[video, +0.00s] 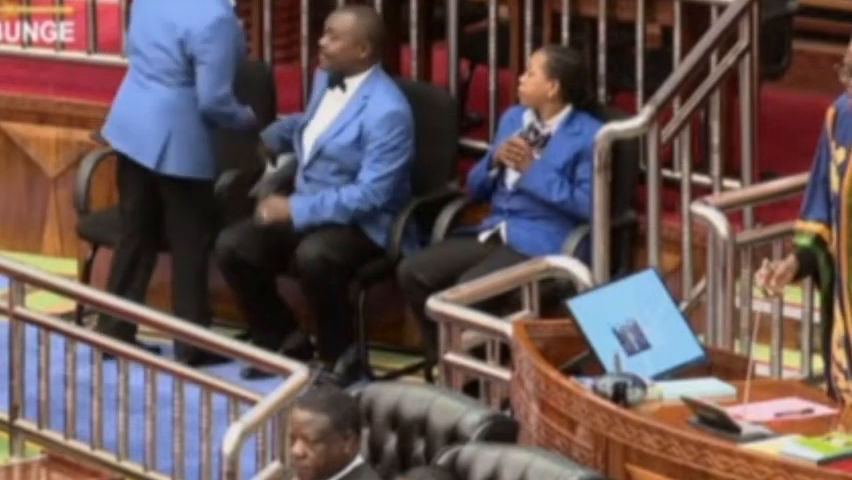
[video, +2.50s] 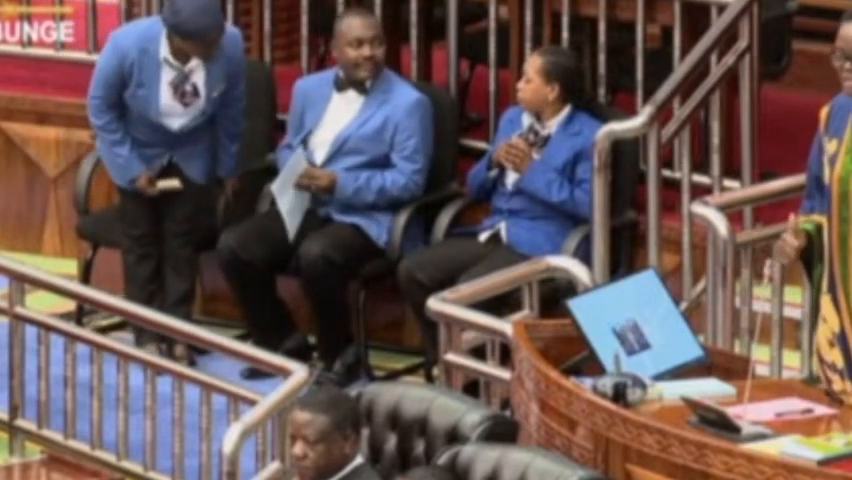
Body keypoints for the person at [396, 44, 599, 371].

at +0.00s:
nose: (520, 79)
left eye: (529, 74)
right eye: (524, 72)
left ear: (552, 87)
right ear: (550, 87)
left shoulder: (590, 135)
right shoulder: (513, 119)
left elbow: (590, 207)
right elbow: (475, 189)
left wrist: (530, 171)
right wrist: (495, 163)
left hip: (539, 250)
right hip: (494, 237)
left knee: (462, 297)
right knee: (414, 271)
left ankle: (483, 380)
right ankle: (448, 365)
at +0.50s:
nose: (520, 80)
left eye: (529, 75)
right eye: (523, 73)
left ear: (552, 88)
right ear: (550, 87)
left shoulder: (589, 135)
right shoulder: (513, 119)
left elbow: (590, 207)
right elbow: (475, 189)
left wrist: (530, 171)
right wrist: (495, 163)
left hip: (538, 250)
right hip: (494, 237)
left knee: (462, 297)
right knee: (414, 271)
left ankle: (482, 380)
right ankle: (446, 365)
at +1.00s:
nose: (519, 81)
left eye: (528, 76)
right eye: (523, 73)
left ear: (552, 89)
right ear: (549, 88)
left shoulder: (589, 135)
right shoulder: (512, 120)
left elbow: (590, 206)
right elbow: (475, 190)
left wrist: (529, 172)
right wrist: (494, 164)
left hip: (539, 251)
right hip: (494, 236)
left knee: (462, 296)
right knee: (414, 271)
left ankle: (482, 381)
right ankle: (445, 366)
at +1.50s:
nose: (519, 83)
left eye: (528, 78)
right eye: (522, 75)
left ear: (552, 90)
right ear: (549, 89)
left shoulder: (589, 135)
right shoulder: (512, 120)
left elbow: (590, 206)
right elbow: (475, 190)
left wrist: (529, 171)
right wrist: (495, 164)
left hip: (539, 250)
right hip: (494, 236)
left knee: (463, 296)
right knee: (414, 271)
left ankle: (483, 380)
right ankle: (445, 366)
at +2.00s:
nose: (519, 86)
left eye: (527, 80)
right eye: (521, 78)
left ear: (553, 91)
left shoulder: (589, 136)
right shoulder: (512, 120)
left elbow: (590, 207)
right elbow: (475, 190)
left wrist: (530, 172)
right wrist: (494, 165)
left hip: (539, 250)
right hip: (495, 235)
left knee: (463, 296)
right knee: (414, 271)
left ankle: (484, 380)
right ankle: (446, 366)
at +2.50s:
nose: (518, 87)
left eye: (527, 80)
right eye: (521, 78)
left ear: (553, 91)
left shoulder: (589, 135)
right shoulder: (512, 120)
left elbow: (590, 207)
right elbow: (475, 190)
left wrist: (530, 172)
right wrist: (494, 164)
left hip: (538, 250)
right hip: (494, 236)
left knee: (463, 296)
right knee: (414, 271)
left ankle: (485, 379)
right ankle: (446, 366)